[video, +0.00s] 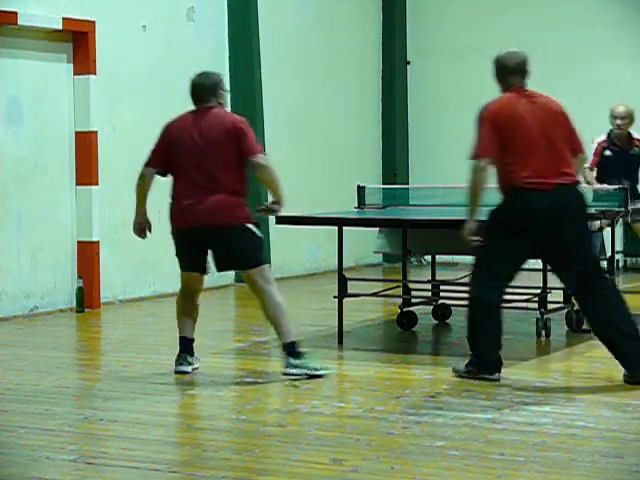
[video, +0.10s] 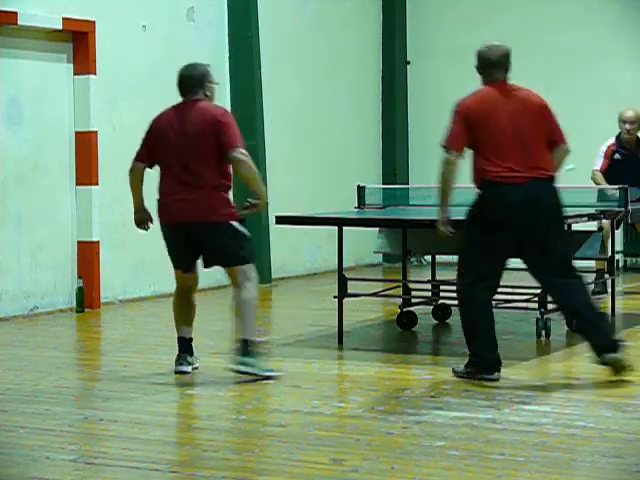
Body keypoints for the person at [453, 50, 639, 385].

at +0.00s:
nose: (499, 80)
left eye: (498, 75)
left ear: (498, 77)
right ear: (526, 75)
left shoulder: (494, 111)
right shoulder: (552, 106)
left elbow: (482, 165)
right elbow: (578, 155)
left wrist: (472, 217)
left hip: (522, 208)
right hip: (567, 205)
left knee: (486, 279)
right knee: (591, 281)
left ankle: (485, 363)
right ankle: (636, 362)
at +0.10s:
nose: (484, 73)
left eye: (480, 68)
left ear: (479, 70)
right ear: (508, 68)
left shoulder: (469, 107)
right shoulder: (533, 101)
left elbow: (452, 159)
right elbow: (561, 148)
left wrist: (443, 212)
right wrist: (538, 180)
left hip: (496, 203)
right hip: (541, 200)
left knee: (474, 284)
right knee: (560, 275)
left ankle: (484, 364)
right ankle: (606, 346)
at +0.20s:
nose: (479, 65)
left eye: (475, 59)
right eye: (489, 60)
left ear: (469, 62)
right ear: (499, 61)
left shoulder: (452, 97)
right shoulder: (520, 95)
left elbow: (432, 146)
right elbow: (547, 141)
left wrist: (430, 195)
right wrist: (523, 171)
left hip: (472, 194)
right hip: (516, 192)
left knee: (469, 276)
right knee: (528, 268)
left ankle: (478, 359)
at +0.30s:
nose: (489, 66)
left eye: (476, 60)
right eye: (492, 60)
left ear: (465, 61)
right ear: (494, 61)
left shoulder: (444, 91)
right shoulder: (510, 96)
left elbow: (421, 139)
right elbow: (535, 145)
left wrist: (420, 187)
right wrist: (506, 171)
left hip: (448, 187)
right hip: (491, 188)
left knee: (447, 269)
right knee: (491, 270)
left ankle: (456, 343)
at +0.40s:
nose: (481, 78)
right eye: (485, 74)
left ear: (458, 72)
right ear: (487, 75)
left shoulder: (435, 101)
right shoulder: (500, 112)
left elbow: (407, 144)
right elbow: (520, 164)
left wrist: (403, 190)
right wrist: (488, 185)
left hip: (427, 197)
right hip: (470, 201)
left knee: (413, 265)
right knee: (471, 276)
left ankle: (406, 333)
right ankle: (470, 358)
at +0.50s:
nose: (461, 89)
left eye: (456, 82)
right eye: (466, 85)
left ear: (444, 83)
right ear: (470, 86)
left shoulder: (418, 110)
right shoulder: (481, 122)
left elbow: (387, 152)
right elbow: (498, 177)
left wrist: (377, 198)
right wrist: (466, 194)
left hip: (408, 204)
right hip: (453, 208)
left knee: (380, 273)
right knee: (471, 282)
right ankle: (470, 358)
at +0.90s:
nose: (451, 103)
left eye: (452, 98)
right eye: (451, 98)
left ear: (425, 92)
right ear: (445, 96)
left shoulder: (395, 115)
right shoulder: (437, 121)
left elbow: (376, 154)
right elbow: (439, 169)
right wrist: (465, 201)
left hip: (360, 200)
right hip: (400, 205)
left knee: (353, 277)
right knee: (438, 276)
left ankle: (312, 345)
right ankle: (457, 355)